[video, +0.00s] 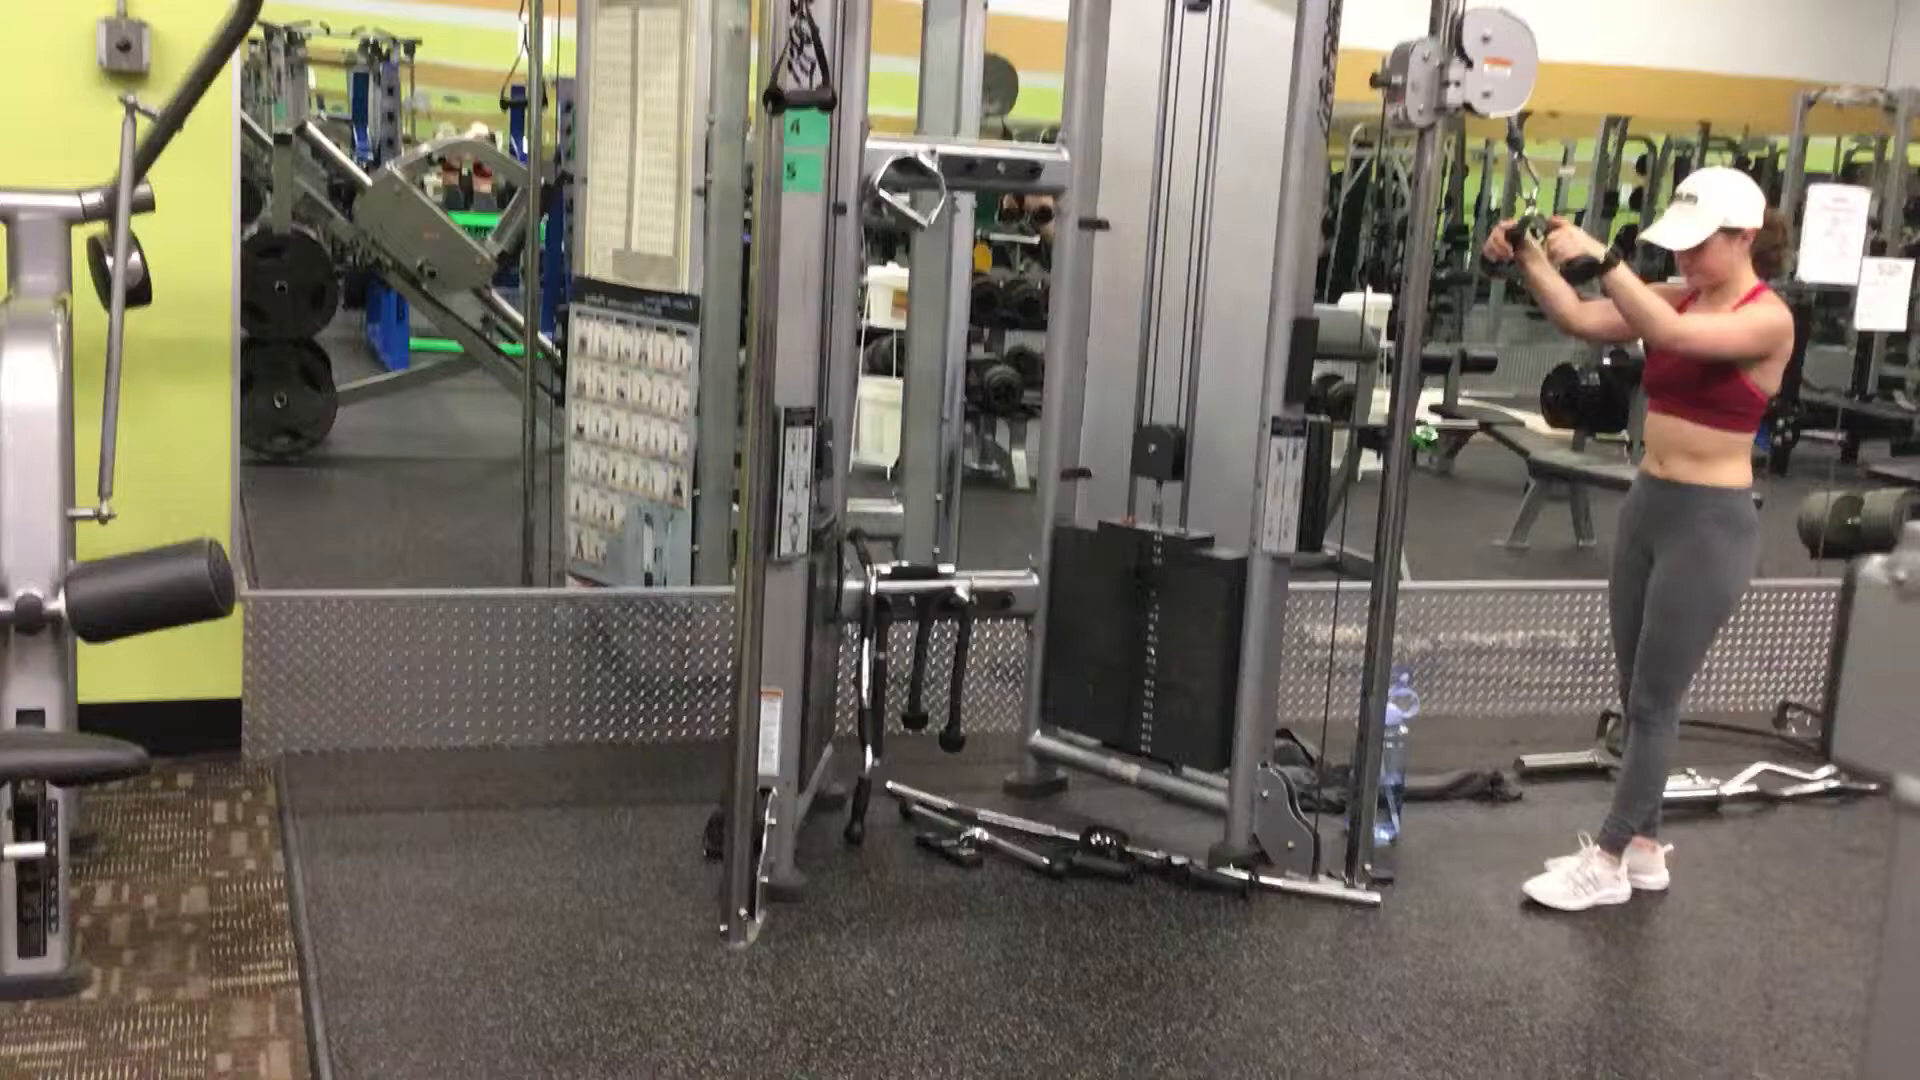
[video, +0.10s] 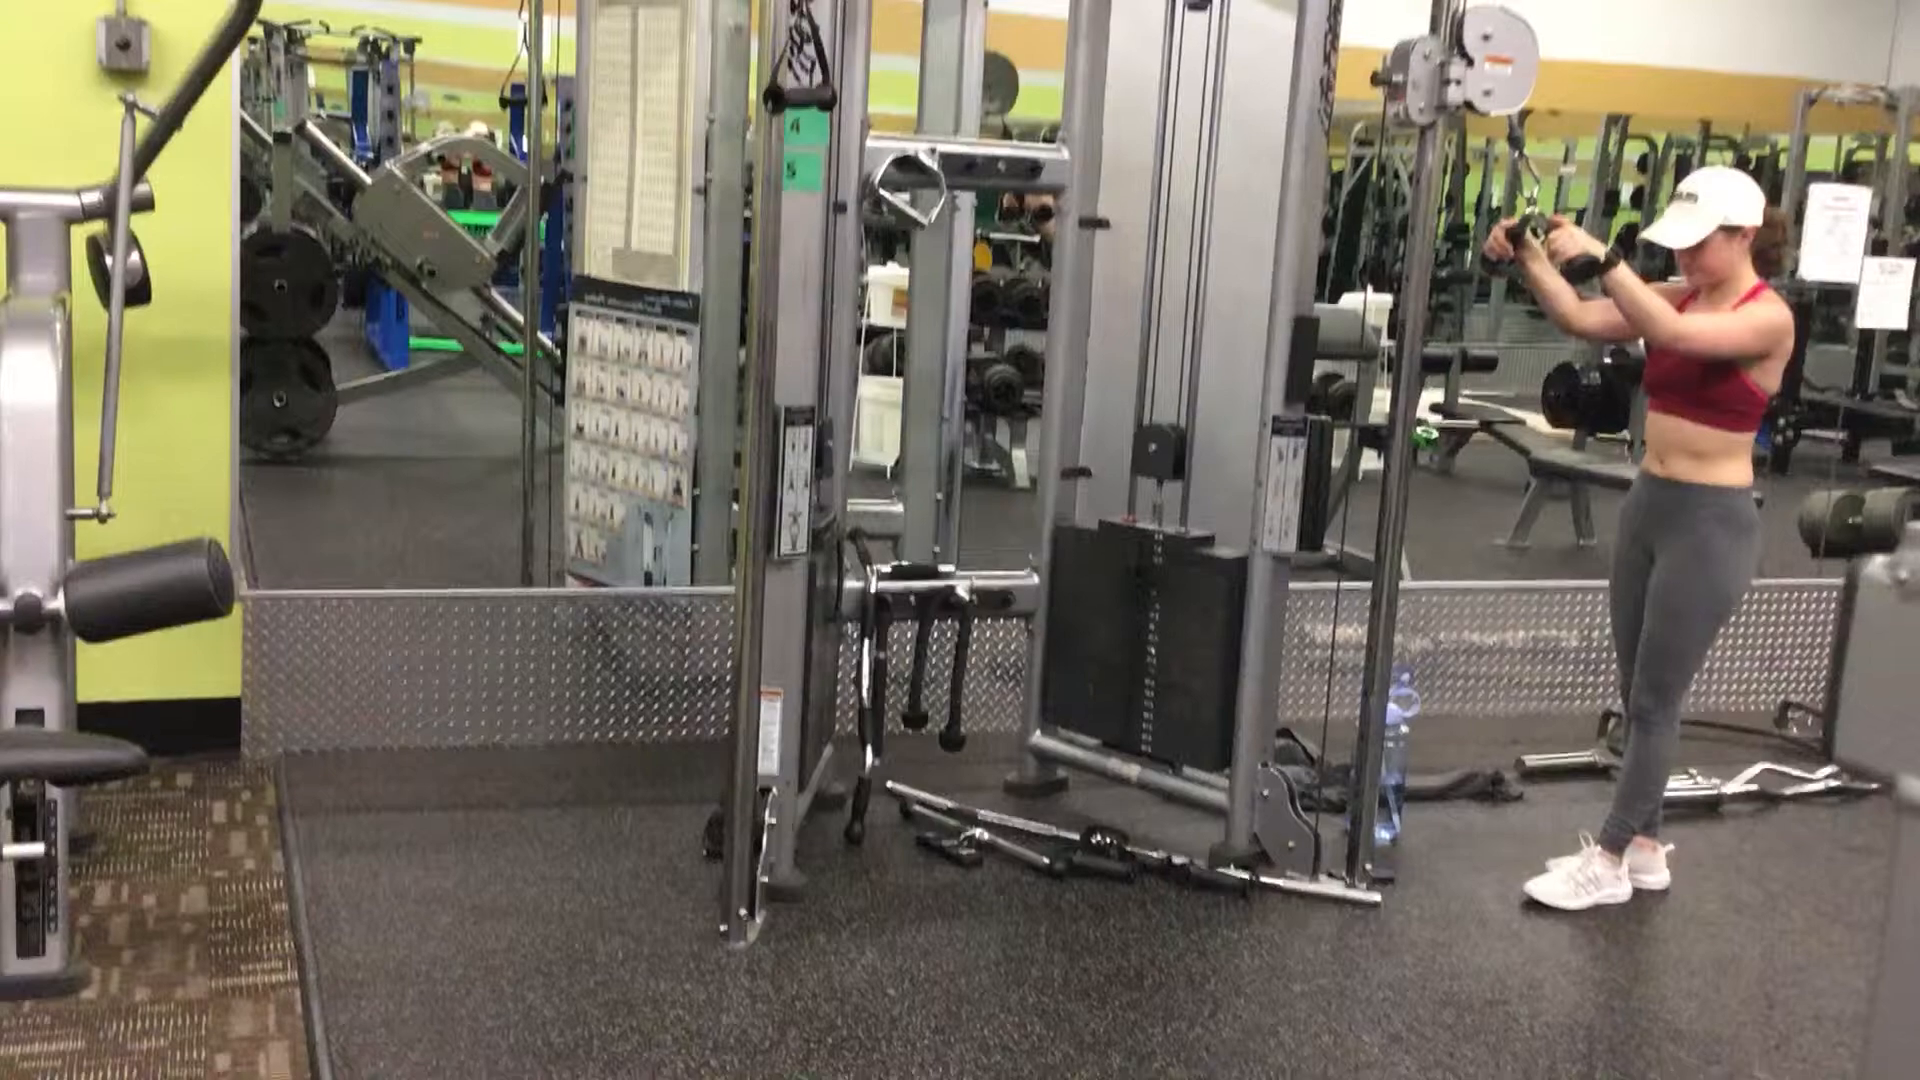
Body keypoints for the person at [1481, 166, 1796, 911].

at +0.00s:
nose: (1683, 256)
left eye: (1697, 243)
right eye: (1679, 244)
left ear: (1745, 238)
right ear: (1681, 242)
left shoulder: (1770, 318)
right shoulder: (1677, 299)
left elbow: (1670, 331)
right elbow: (1584, 317)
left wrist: (1599, 257)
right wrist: (1527, 259)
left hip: (1711, 523)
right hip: (1645, 509)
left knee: (1654, 699)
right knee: (1639, 694)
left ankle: (1605, 860)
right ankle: (1645, 847)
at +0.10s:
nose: (1683, 255)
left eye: (1696, 242)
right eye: (1678, 243)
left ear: (1744, 237)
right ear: (1681, 241)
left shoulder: (1770, 317)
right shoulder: (1678, 299)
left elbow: (1672, 331)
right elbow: (1584, 316)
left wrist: (1600, 257)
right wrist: (1527, 259)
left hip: (1711, 522)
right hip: (1645, 508)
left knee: (1655, 698)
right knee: (1640, 693)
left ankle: (1606, 859)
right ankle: (1646, 847)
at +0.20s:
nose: (1681, 255)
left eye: (1695, 241)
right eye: (1677, 242)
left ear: (1742, 237)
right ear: (1678, 241)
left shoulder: (1768, 316)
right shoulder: (1675, 298)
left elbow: (1670, 331)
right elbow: (1581, 317)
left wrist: (1599, 256)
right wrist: (1524, 259)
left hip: (1710, 522)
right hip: (1643, 508)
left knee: (1654, 696)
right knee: (1639, 692)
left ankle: (1606, 858)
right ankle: (1645, 845)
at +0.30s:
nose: (1680, 254)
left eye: (1694, 240)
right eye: (1676, 242)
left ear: (1742, 237)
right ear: (1677, 240)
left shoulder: (1767, 316)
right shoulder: (1675, 297)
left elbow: (1670, 332)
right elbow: (1580, 318)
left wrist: (1599, 257)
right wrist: (1524, 258)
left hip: (1710, 522)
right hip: (1643, 507)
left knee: (1654, 697)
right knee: (1639, 691)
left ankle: (1606, 858)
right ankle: (1645, 845)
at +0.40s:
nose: (1679, 254)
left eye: (1693, 241)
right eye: (1675, 242)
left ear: (1740, 237)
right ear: (1676, 241)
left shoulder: (1766, 316)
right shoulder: (1673, 297)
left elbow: (1669, 333)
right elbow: (1577, 319)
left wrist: (1598, 258)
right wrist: (1522, 259)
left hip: (1709, 522)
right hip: (1642, 508)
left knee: (1653, 697)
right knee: (1638, 690)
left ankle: (1606, 858)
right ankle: (1645, 845)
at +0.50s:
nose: (1677, 254)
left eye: (1690, 240)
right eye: (1672, 241)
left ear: (1738, 236)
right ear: (1674, 240)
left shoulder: (1765, 316)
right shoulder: (1671, 298)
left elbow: (1668, 333)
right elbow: (1576, 319)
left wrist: (1598, 258)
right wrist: (1522, 258)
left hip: (1709, 521)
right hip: (1641, 507)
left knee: (1652, 698)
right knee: (1638, 691)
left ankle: (1607, 858)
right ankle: (1645, 844)